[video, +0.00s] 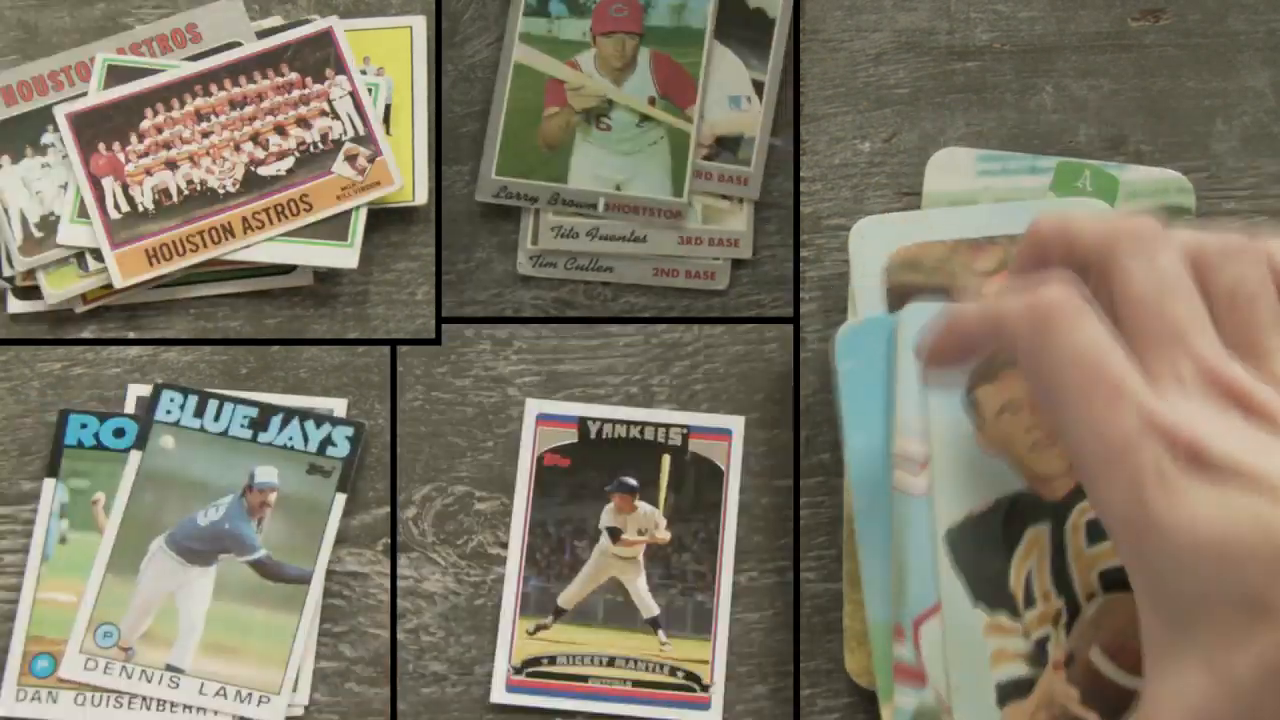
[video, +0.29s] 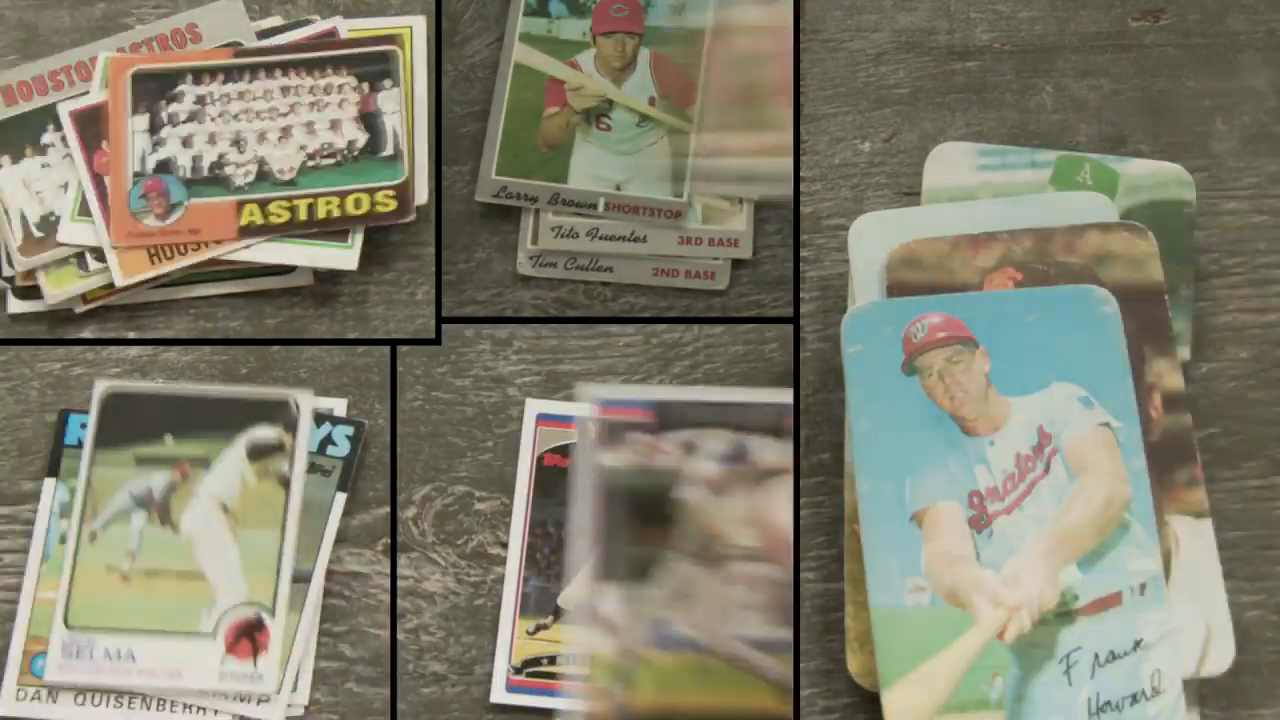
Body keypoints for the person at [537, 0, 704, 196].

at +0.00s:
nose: (621, 47)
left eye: (630, 38)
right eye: (611, 37)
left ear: (639, 40)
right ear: (594, 39)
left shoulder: (660, 66)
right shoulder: (571, 71)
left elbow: (704, 114)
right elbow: (548, 141)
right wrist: (573, 110)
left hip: (649, 156)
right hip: (591, 154)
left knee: (649, 235)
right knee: (582, 233)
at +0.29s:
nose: (620, 46)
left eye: (630, 36)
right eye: (609, 36)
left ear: (640, 40)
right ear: (593, 39)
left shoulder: (659, 67)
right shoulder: (570, 72)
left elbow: (702, 113)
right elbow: (547, 141)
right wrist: (572, 109)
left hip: (649, 156)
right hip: (591, 155)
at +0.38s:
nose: (606, 45)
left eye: (614, 33)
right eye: (593, 35)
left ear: (623, 37)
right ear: (575, 39)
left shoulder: (654, 78)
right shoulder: (556, 91)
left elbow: (676, 140)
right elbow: (560, 159)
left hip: (646, 196)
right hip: (590, 199)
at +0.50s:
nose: (603, 44)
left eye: (612, 33)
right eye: (591, 34)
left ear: (621, 36)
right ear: (573, 38)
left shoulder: (652, 78)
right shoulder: (554, 90)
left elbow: (674, 138)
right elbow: (558, 155)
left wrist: (673, 161)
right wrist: (576, 177)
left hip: (641, 198)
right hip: (584, 198)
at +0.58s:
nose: (603, 44)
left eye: (612, 33)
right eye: (591, 34)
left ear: (621, 36)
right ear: (573, 38)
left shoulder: (652, 78)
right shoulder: (553, 91)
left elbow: (673, 137)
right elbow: (558, 155)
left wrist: (673, 161)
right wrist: (575, 176)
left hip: (641, 199)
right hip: (584, 199)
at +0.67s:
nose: (603, 45)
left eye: (612, 33)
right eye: (592, 34)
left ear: (621, 36)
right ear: (573, 38)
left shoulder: (652, 78)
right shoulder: (553, 91)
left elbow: (674, 138)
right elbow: (558, 155)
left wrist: (673, 162)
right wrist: (575, 177)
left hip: (641, 200)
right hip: (584, 200)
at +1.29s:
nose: (656, 140)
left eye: (666, 128)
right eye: (649, 130)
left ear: (691, 128)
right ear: (643, 133)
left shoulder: (725, 165)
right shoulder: (638, 180)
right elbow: (622, 241)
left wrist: (744, 262)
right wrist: (593, 262)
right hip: (686, 272)